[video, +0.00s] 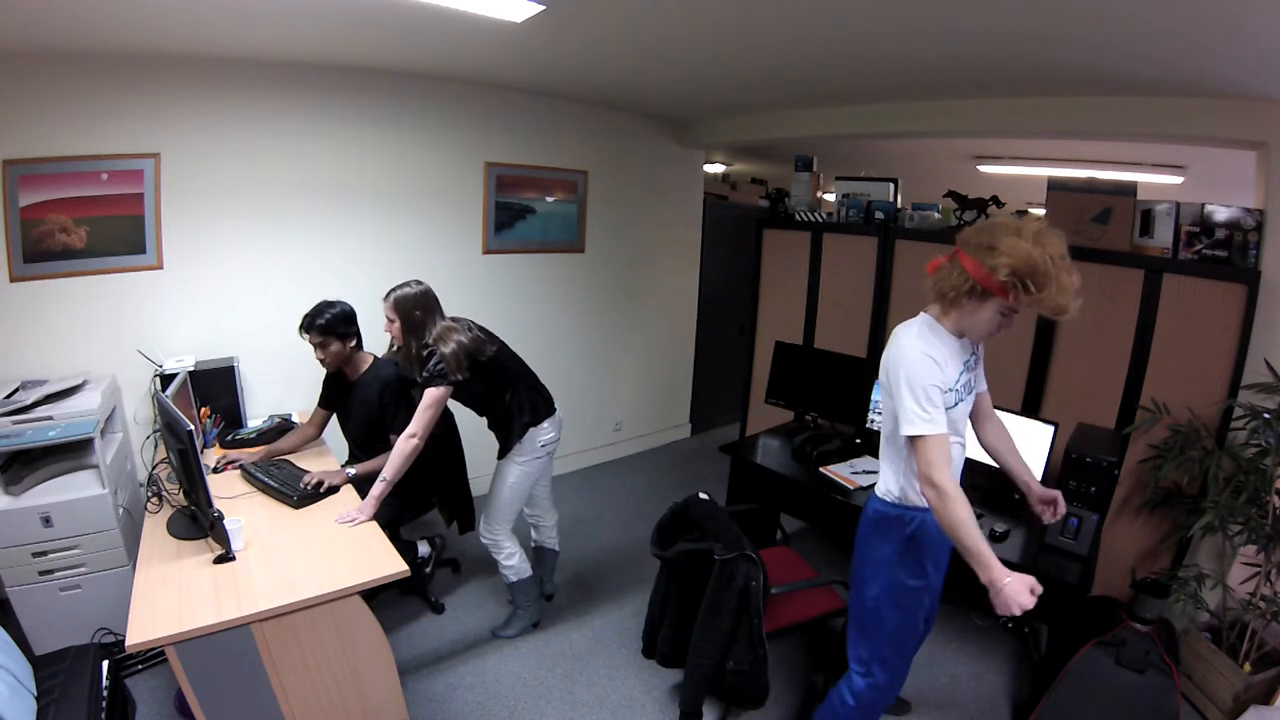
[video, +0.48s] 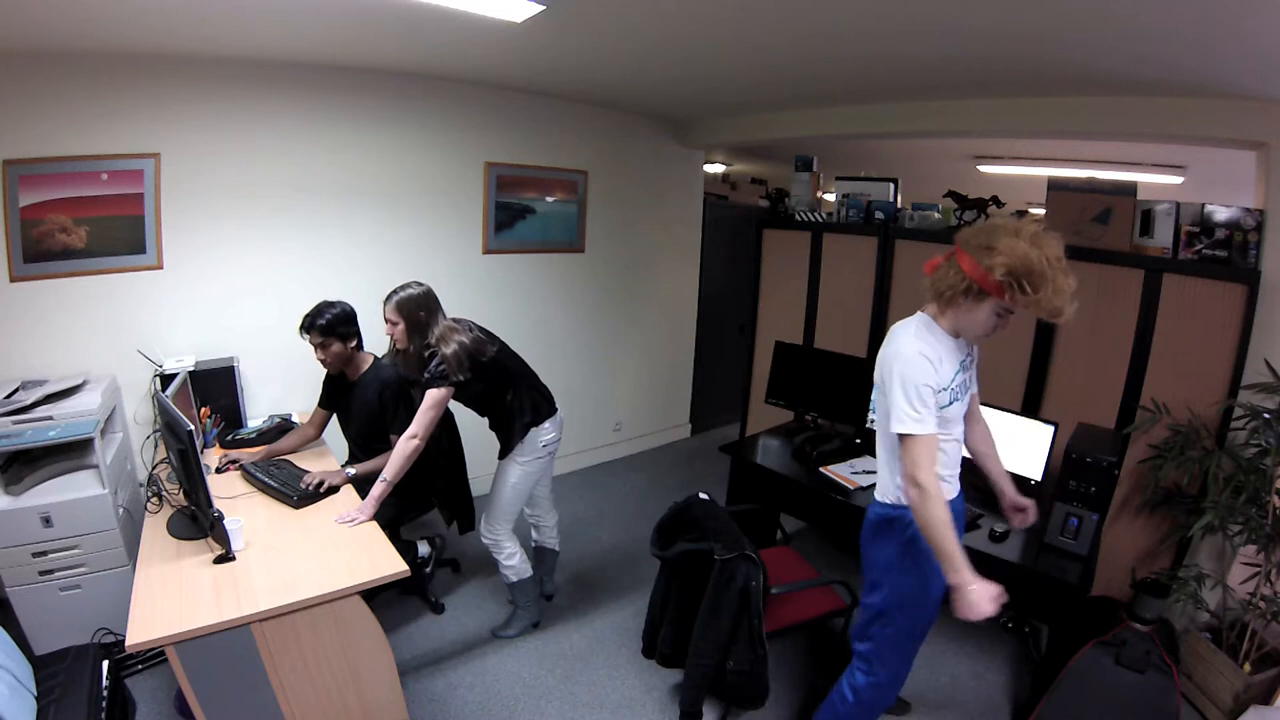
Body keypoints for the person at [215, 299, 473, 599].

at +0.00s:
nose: (318, 356)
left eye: (323, 347)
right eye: (314, 348)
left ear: (350, 341)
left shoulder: (389, 379)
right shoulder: (337, 377)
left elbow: (404, 450)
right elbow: (312, 428)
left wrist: (347, 473)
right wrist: (259, 453)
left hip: (410, 477)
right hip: (368, 471)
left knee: (351, 533)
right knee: (320, 515)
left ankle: (419, 554)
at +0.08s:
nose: (318, 356)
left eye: (323, 347)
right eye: (315, 348)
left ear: (351, 341)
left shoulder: (389, 380)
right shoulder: (337, 377)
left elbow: (404, 450)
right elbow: (312, 428)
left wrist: (346, 473)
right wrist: (258, 454)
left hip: (410, 477)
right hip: (368, 472)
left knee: (351, 534)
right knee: (320, 515)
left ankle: (418, 554)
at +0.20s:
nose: (318, 356)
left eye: (323, 347)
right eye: (314, 348)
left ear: (350, 341)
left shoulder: (388, 380)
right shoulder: (337, 376)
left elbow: (405, 450)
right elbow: (312, 428)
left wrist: (346, 473)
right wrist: (259, 454)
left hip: (409, 479)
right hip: (367, 472)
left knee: (350, 535)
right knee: (319, 516)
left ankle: (418, 555)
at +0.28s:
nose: (318, 356)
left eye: (324, 347)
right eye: (315, 348)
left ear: (350, 341)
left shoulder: (388, 380)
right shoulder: (337, 376)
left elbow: (405, 450)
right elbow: (312, 428)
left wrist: (346, 473)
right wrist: (259, 454)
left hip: (408, 479)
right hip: (367, 472)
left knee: (350, 535)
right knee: (319, 516)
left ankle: (418, 555)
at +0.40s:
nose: (318, 356)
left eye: (324, 347)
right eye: (314, 348)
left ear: (350, 342)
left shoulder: (388, 381)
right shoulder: (338, 376)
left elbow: (405, 450)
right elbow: (312, 428)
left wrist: (346, 473)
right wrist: (259, 454)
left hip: (407, 479)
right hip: (366, 472)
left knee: (348, 534)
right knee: (318, 516)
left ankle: (417, 555)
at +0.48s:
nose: (318, 356)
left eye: (324, 347)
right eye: (314, 348)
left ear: (350, 342)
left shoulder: (388, 381)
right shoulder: (337, 376)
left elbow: (405, 450)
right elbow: (312, 428)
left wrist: (346, 473)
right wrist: (259, 454)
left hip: (408, 479)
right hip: (367, 473)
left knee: (348, 534)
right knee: (318, 515)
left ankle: (418, 555)